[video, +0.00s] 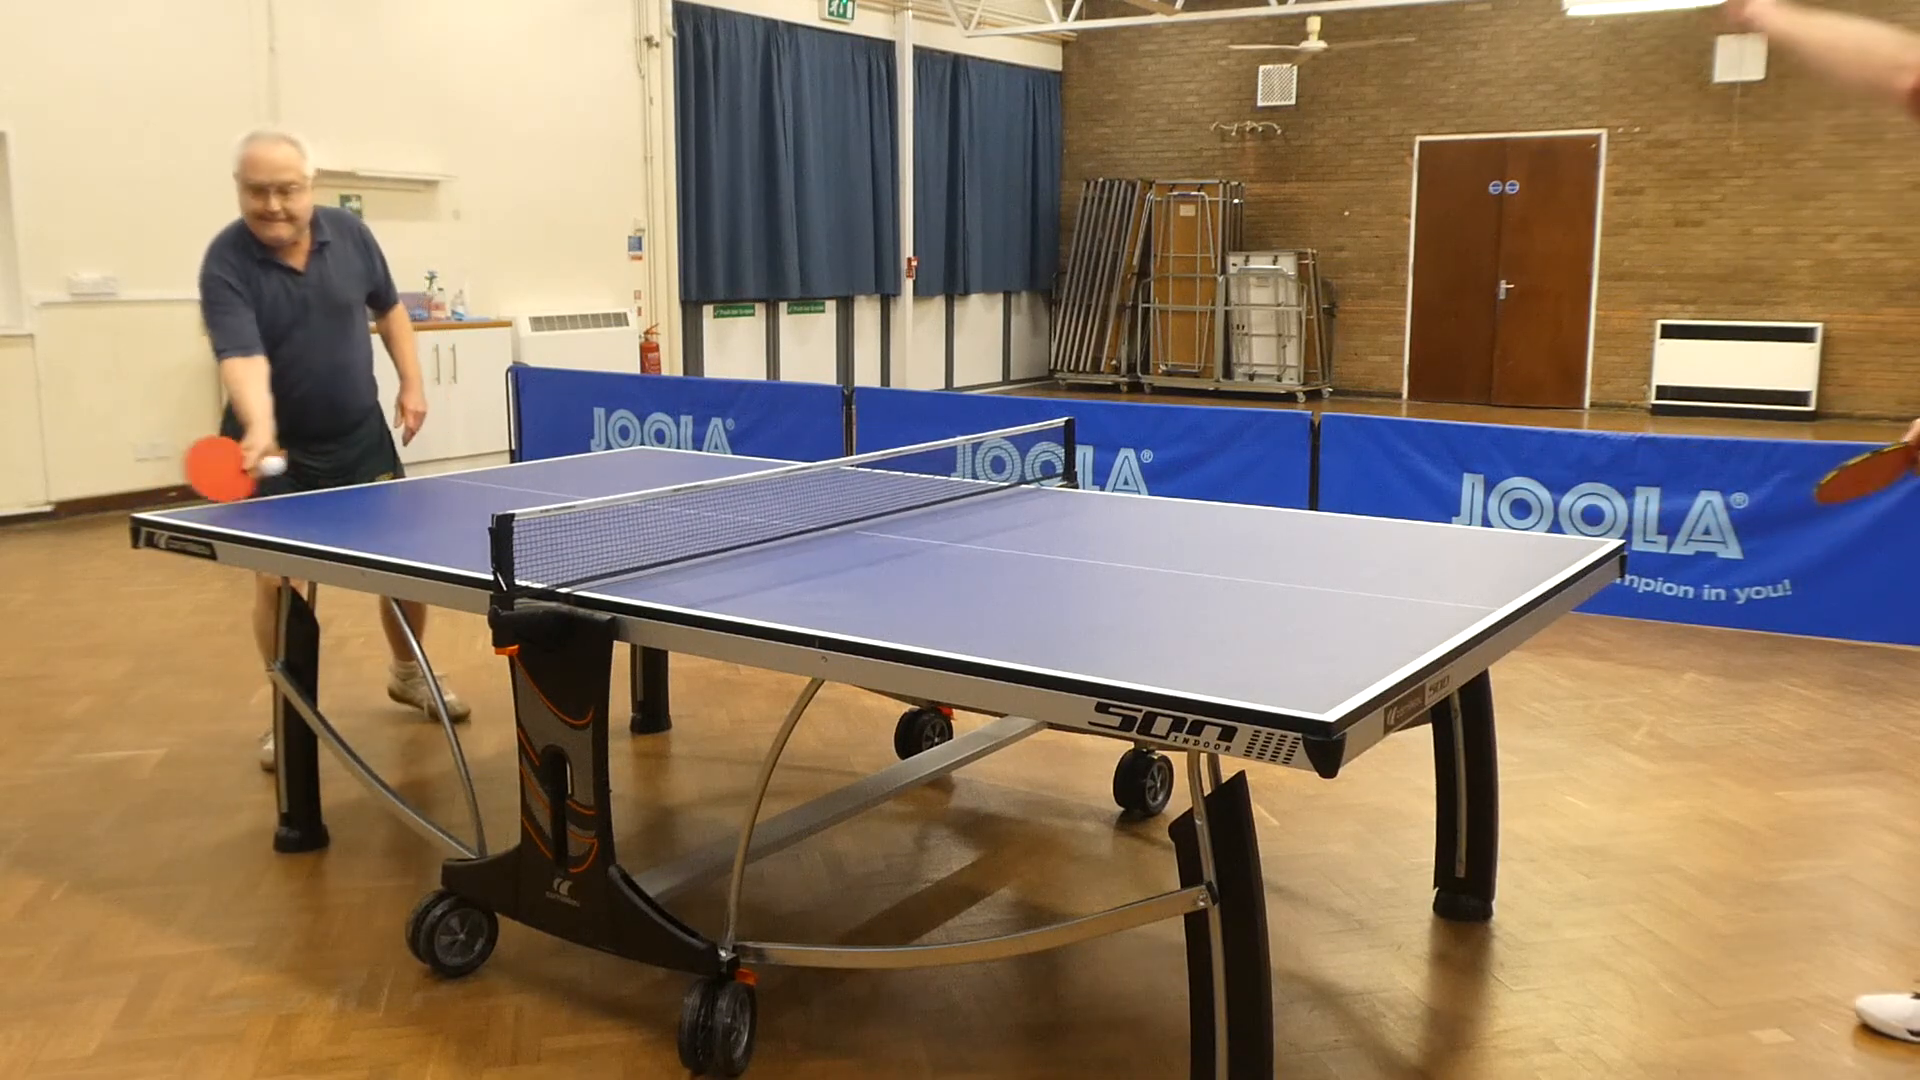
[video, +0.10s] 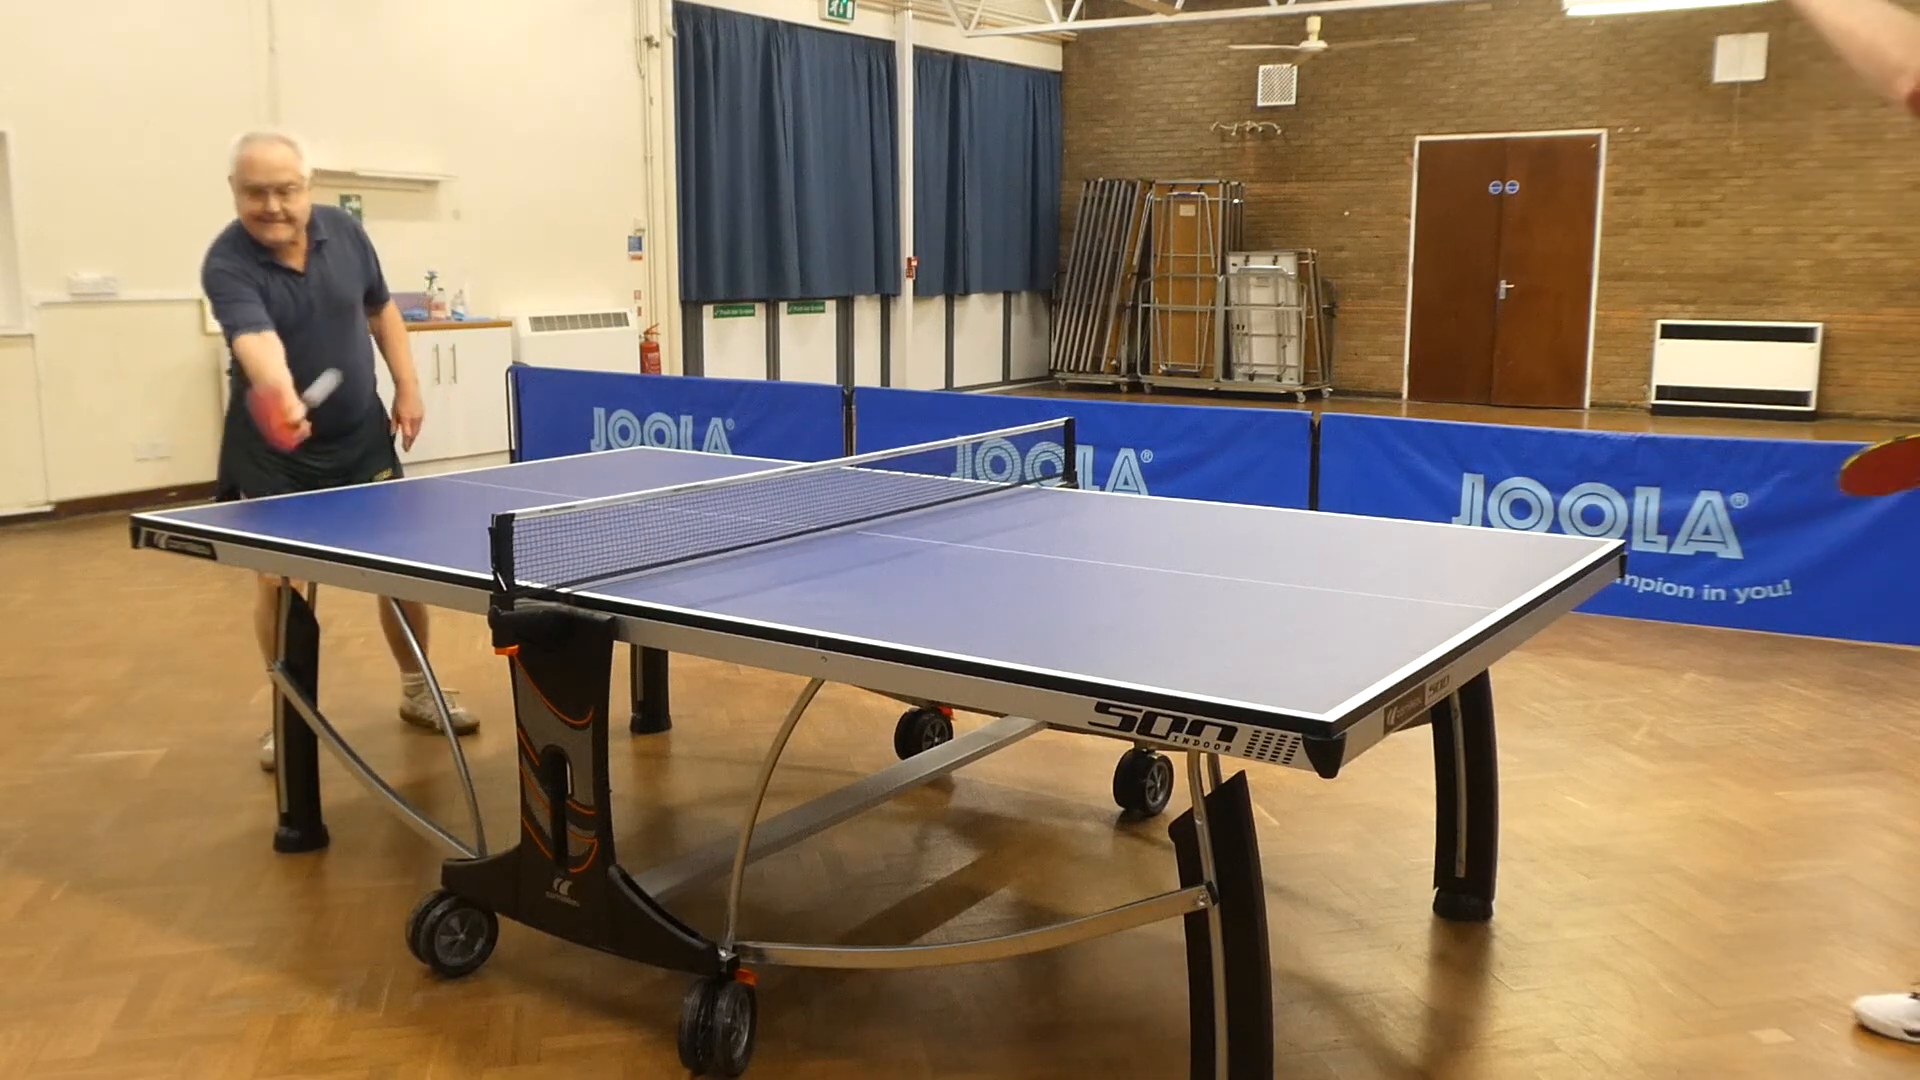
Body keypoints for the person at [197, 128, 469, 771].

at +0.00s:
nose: (273, 205)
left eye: (288, 189)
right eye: (257, 191)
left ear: (312, 186)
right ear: (237, 191)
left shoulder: (348, 234)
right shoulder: (228, 262)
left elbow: (388, 307)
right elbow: (241, 355)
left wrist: (411, 382)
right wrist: (260, 424)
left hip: (361, 439)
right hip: (278, 452)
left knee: (407, 559)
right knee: (279, 582)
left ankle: (410, 671)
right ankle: (288, 712)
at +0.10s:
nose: (273, 206)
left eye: (286, 191)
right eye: (255, 193)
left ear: (308, 185)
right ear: (233, 193)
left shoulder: (342, 231)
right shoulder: (228, 262)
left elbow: (380, 308)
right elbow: (254, 336)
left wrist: (408, 385)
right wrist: (278, 393)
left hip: (358, 431)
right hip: (274, 442)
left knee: (402, 563)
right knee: (280, 579)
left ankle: (420, 688)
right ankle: (285, 715)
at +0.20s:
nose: (289, 193)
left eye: (301, 178)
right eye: (271, 181)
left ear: (319, 174)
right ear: (245, 184)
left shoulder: (349, 224)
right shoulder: (236, 250)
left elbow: (382, 304)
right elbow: (252, 326)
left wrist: (411, 383)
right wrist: (281, 384)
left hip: (363, 429)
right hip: (281, 441)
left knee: (400, 564)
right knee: (287, 577)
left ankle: (416, 692)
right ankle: (287, 717)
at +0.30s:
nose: (315, 184)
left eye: (327, 170)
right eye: (297, 172)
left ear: (341, 171)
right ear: (266, 176)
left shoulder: (361, 222)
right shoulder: (249, 248)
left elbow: (391, 304)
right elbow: (248, 338)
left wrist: (424, 380)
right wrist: (276, 395)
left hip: (371, 428)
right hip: (288, 440)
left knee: (402, 563)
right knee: (291, 574)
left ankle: (413, 692)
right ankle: (287, 715)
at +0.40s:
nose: (338, 181)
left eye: (349, 168)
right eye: (321, 169)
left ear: (362, 168)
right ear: (288, 174)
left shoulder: (379, 226)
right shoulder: (263, 248)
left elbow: (406, 306)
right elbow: (249, 344)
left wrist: (440, 382)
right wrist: (278, 404)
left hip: (382, 432)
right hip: (297, 444)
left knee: (412, 565)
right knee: (296, 577)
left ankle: (413, 693)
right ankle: (288, 717)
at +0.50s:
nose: (358, 181)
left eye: (368, 167)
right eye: (341, 169)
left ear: (380, 168)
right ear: (306, 173)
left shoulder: (395, 228)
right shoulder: (276, 249)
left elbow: (422, 307)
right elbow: (258, 348)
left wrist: (455, 382)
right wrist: (279, 407)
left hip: (395, 433)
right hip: (309, 442)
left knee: (419, 565)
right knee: (301, 576)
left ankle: (414, 692)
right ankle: (288, 713)